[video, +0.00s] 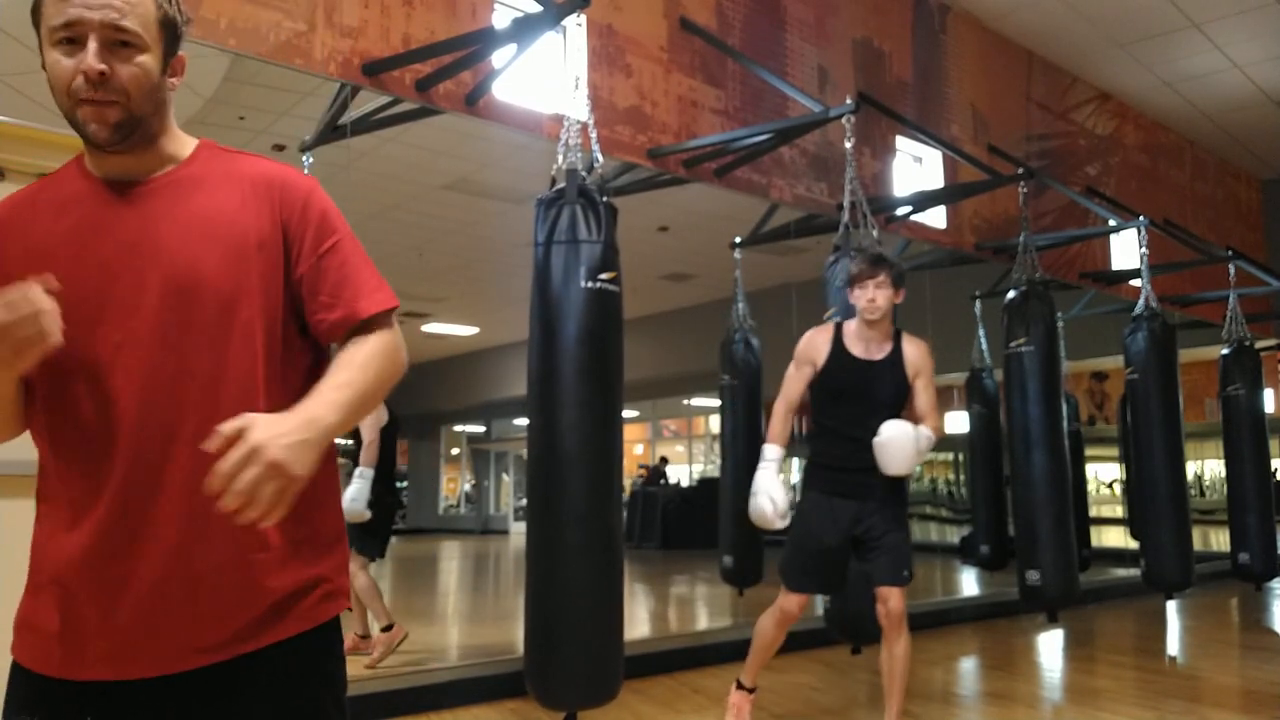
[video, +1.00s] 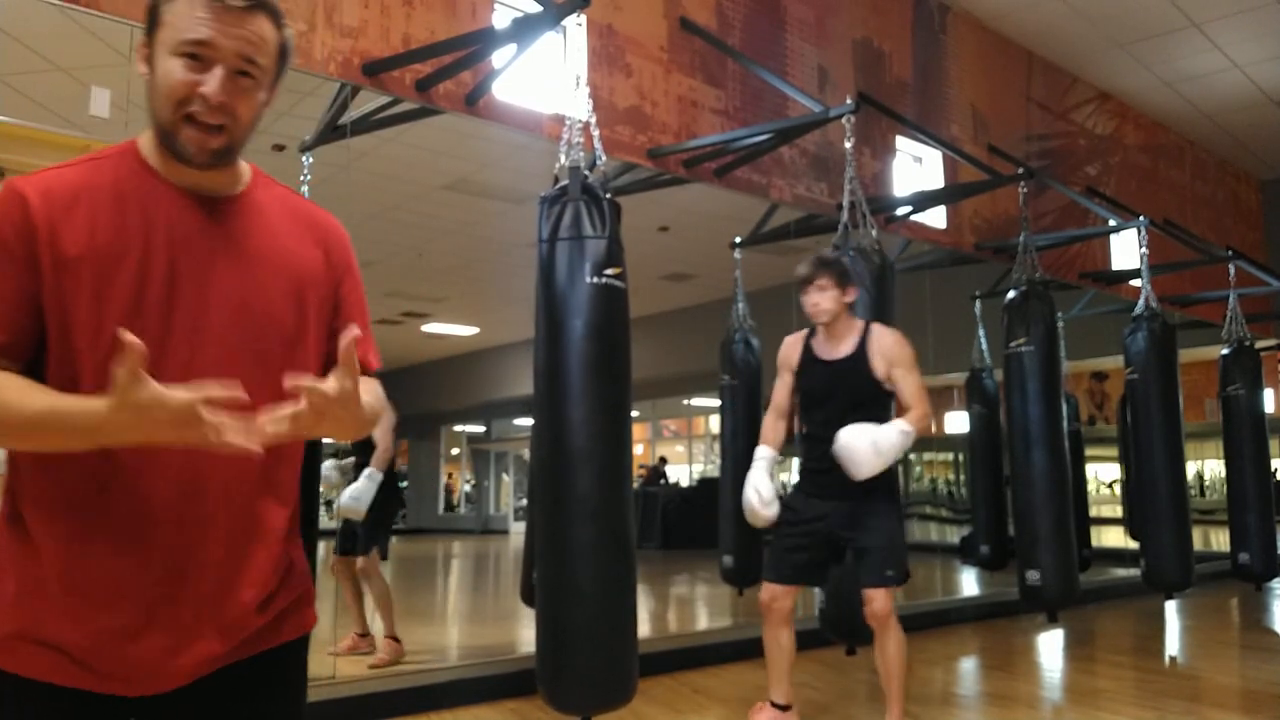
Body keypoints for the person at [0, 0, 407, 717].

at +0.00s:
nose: (91, 66)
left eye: (120, 44)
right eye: (68, 42)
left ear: (172, 69)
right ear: (44, 63)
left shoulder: (279, 197)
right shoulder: (15, 226)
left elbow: (381, 342)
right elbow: (4, 424)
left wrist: (308, 426)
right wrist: (4, 364)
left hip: (270, 635)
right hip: (78, 636)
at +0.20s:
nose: (100, 66)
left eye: (131, 45)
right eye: (77, 39)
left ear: (176, 65)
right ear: (45, 54)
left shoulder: (279, 205)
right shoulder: (9, 217)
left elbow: (364, 354)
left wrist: (256, 385)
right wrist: (9, 407)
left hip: (259, 641)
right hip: (56, 648)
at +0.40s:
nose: (119, 58)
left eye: (147, 38)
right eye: (93, 33)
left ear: (186, 63)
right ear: (56, 53)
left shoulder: (278, 211)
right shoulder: (7, 206)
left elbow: (360, 368)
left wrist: (291, 341)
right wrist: (28, 343)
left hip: (256, 639)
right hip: (48, 651)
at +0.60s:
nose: (140, 64)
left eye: (170, 47)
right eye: (117, 35)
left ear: (202, 75)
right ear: (73, 51)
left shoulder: (266, 213)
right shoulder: (8, 196)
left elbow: (343, 384)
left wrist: (310, 296)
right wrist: (34, 311)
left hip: (242, 633)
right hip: (45, 643)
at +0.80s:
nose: (168, 80)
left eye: (198, 61)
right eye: (145, 49)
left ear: (224, 83)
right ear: (96, 53)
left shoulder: (279, 224)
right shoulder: (15, 198)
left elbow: (323, 403)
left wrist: (325, 301)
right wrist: (39, 297)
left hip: (246, 640)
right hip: (47, 652)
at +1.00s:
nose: (212, 92)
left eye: (245, 74)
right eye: (192, 57)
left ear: (270, 96)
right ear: (144, 58)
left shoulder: (318, 241)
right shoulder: (34, 214)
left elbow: (365, 391)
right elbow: (2, 388)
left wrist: (350, 414)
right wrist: (106, 420)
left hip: (248, 657)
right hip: (58, 654)